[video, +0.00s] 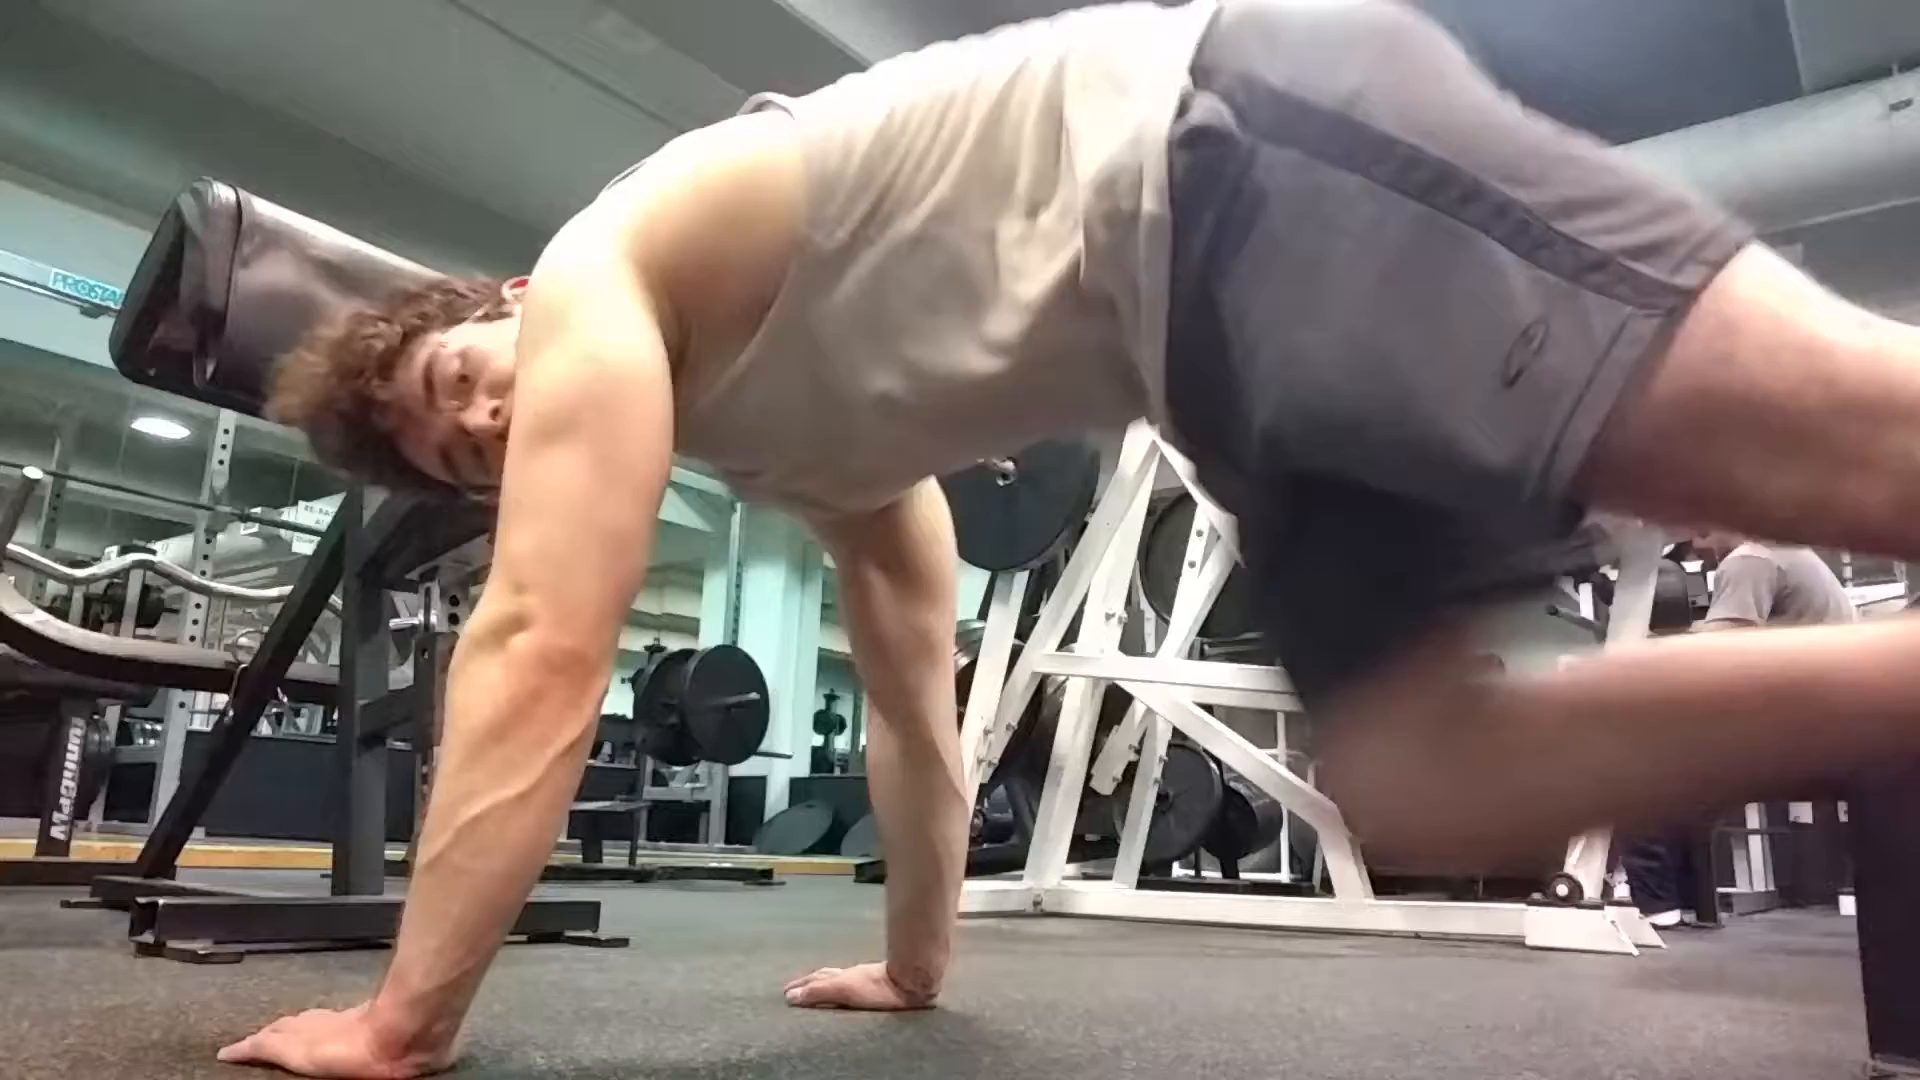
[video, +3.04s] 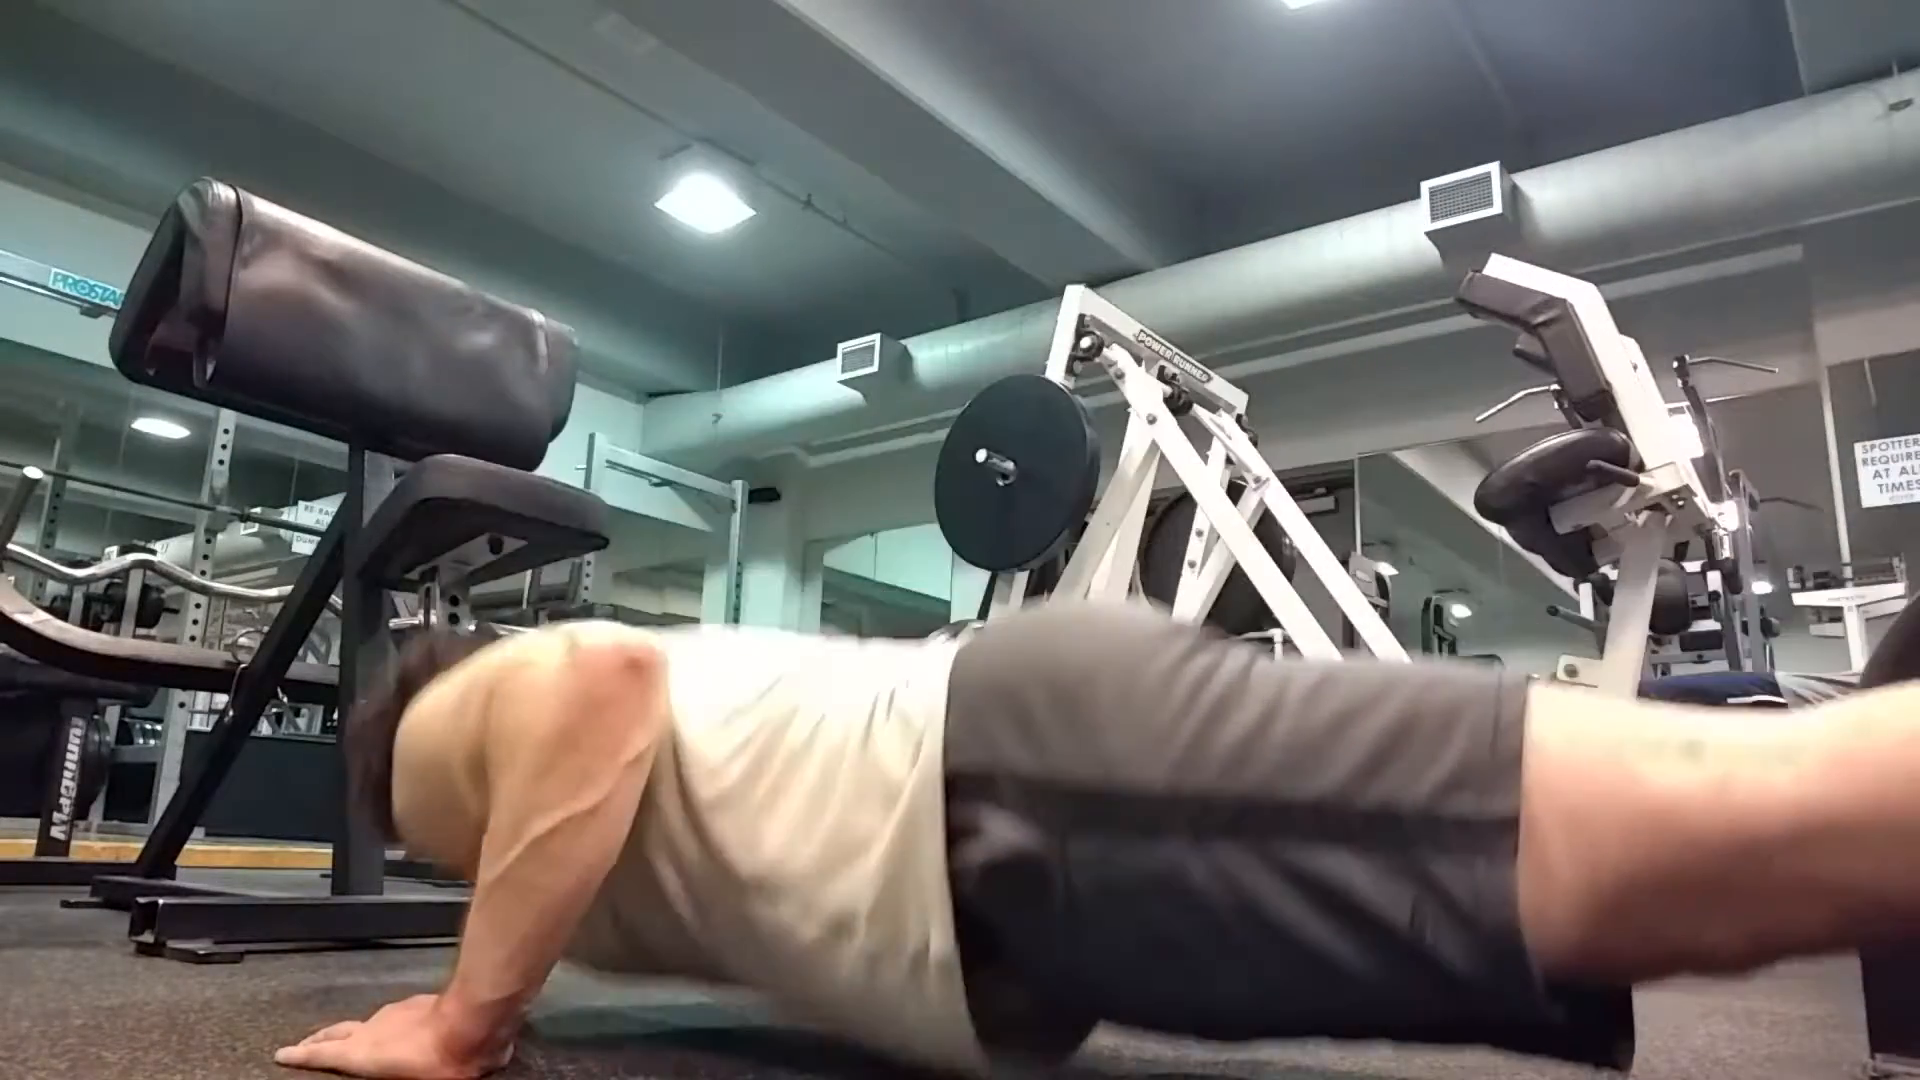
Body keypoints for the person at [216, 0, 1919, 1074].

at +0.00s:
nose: (453, 424)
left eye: (439, 375)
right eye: (421, 442)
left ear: (484, 304)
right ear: (448, 467)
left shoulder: (596, 279)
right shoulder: (810, 427)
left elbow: (539, 655)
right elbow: (908, 673)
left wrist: (407, 1008)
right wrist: (916, 965)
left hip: (1234, 155)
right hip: (1223, 366)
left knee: (1843, 435)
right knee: (1421, 794)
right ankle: (1914, 683)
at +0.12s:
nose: (450, 409)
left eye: (434, 361)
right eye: (417, 434)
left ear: (481, 292)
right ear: (445, 468)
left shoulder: (615, 277)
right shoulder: (800, 416)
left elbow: (541, 662)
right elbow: (901, 654)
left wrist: (406, 1006)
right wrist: (918, 965)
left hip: (1259, 217)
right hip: (1248, 407)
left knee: (1855, 462)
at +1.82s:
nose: (554, 455)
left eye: (540, 412)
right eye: (540, 430)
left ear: (559, 337)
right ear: (626, 331)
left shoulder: (635, 322)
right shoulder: (820, 441)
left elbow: (574, 658)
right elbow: (914, 692)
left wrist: (461, 1018)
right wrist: (926, 963)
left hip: (1221, 390)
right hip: (1242, 565)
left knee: (1842, 583)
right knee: (1835, 693)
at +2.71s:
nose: (433, 596)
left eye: (426, 564)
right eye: (425, 580)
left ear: (444, 492)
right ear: (556, 424)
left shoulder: (534, 492)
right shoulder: (720, 498)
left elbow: (611, 676)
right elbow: (985, 733)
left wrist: (469, 1010)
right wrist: (924, 975)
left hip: (1108, 601)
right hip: (1119, 666)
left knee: (1819, 692)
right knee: (1782, 766)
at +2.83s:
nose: (410, 701)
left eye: (400, 662)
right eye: (401, 682)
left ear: (422, 589)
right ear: (522, 530)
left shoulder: (492, 585)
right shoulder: (653, 573)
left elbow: (601, 693)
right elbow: (908, 704)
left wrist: (464, 1018)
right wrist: (933, 959)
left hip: (1064, 692)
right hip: (1079, 735)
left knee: (1765, 757)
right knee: (1741, 796)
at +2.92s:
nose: (408, 720)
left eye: (402, 679)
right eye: (409, 703)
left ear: (425, 604)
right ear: (528, 561)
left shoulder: (481, 619)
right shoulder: (649, 606)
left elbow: (598, 694)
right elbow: (896, 727)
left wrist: (461, 1020)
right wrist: (934, 957)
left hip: (1048, 716)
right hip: (1064, 811)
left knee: (1759, 788)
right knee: (1741, 818)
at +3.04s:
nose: (431, 849)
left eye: (408, 830)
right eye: (426, 828)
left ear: (403, 759)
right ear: (458, 717)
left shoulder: (447, 721)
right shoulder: (544, 755)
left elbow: (607, 697)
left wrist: (458, 1014)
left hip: (1020, 796)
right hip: (1034, 850)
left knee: (1718, 842)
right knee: (1709, 853)